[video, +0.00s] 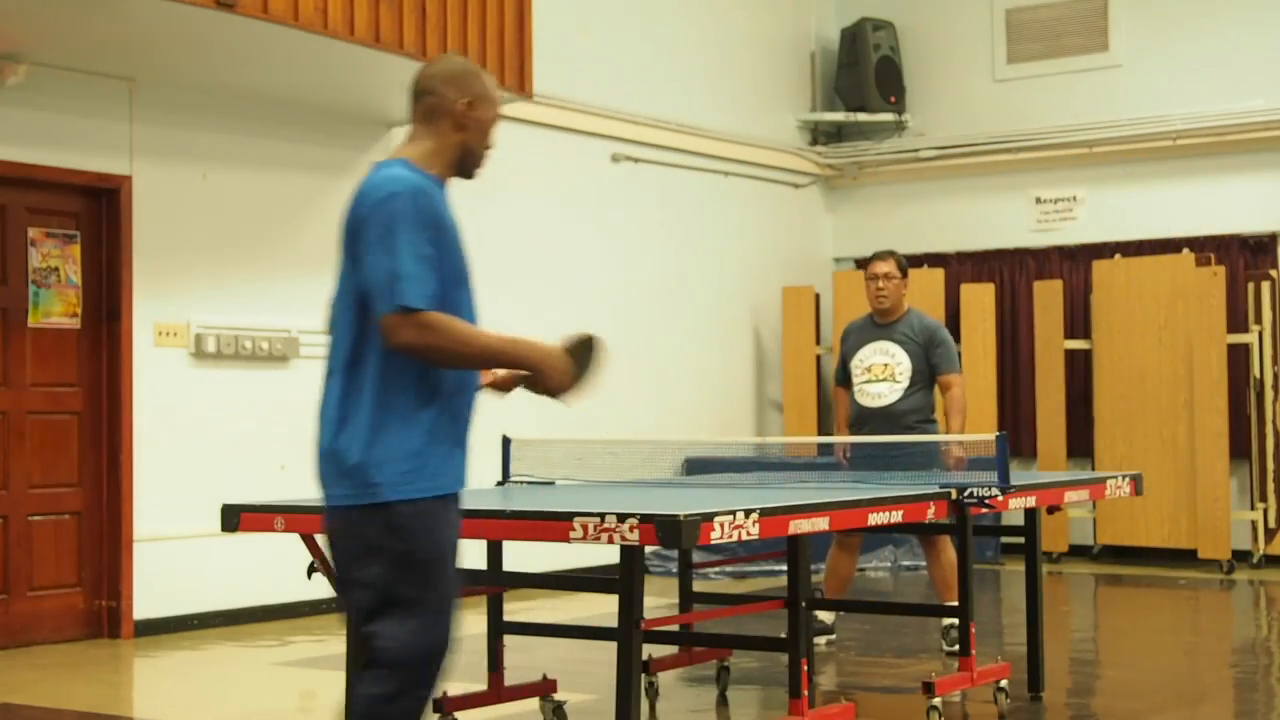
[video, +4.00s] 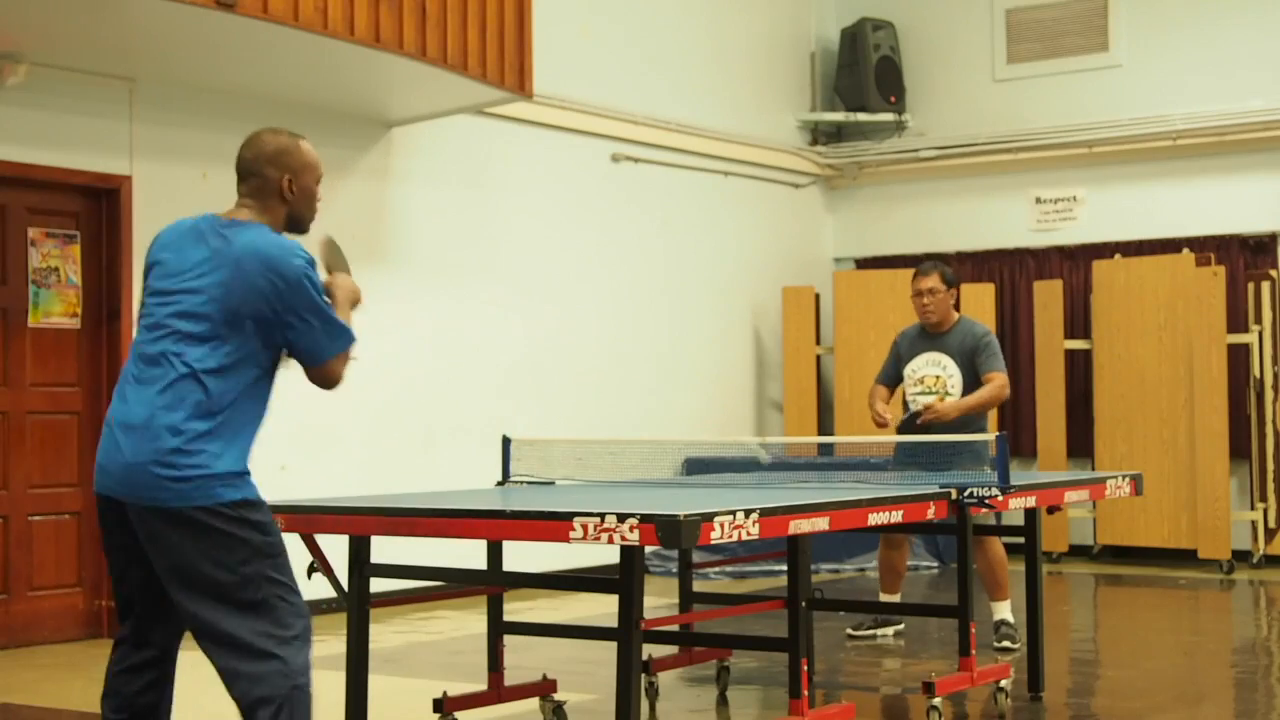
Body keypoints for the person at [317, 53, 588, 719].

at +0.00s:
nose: (493, 138)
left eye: (496, 123)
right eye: (492, 121)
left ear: (440, 112)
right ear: (458, 111)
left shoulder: (406, 191)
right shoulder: (400, 191)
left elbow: (399, 329)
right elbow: (405, 324)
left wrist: (479, 367)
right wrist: (532, 352)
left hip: (403, 478)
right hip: (392, 481)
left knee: (394, 664)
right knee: (400, 665)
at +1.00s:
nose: (318, 171)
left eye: (319, 157)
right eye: (313, 155)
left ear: (259, 155)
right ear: (276, 152)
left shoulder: (212, 219)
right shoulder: (238, 223)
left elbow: (202, 356)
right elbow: (290, 344)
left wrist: (278, 418)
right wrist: (371, 303)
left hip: (160, 466)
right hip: (188, 470)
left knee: (176, 638)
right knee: (248, 622)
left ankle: (157, 715)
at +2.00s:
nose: (412, 211)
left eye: (410, 197)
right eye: (401, 197)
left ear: (351, 199)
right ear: (360, 199)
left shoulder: (255, 238)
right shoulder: (334, 287)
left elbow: (193, 321)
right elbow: (380, 402)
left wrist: (306, 367)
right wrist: (471, 350)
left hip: (168, 471)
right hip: (237, 481)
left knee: (180, 647)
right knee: (303, 650)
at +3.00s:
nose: (399, 211)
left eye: (398, 199)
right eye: (393, 198)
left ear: (330, 198)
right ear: (357, 201)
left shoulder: (240, 243)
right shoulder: (348, 287)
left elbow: (202, 337)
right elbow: (408, 384)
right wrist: (451, 320)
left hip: (154, 475)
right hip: (226, 489)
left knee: (172, 637)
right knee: (301, 645)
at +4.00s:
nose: (319, 197)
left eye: (319, 185)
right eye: (315, 184)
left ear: (247, 182)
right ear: (286, 185)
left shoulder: (170, 238)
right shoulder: (283, 261)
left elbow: (180, 328)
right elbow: (329, 369)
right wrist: (343, 305)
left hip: (117, 474)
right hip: (199, 481)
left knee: (145, 632)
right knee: (275, 637)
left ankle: (127, 717)